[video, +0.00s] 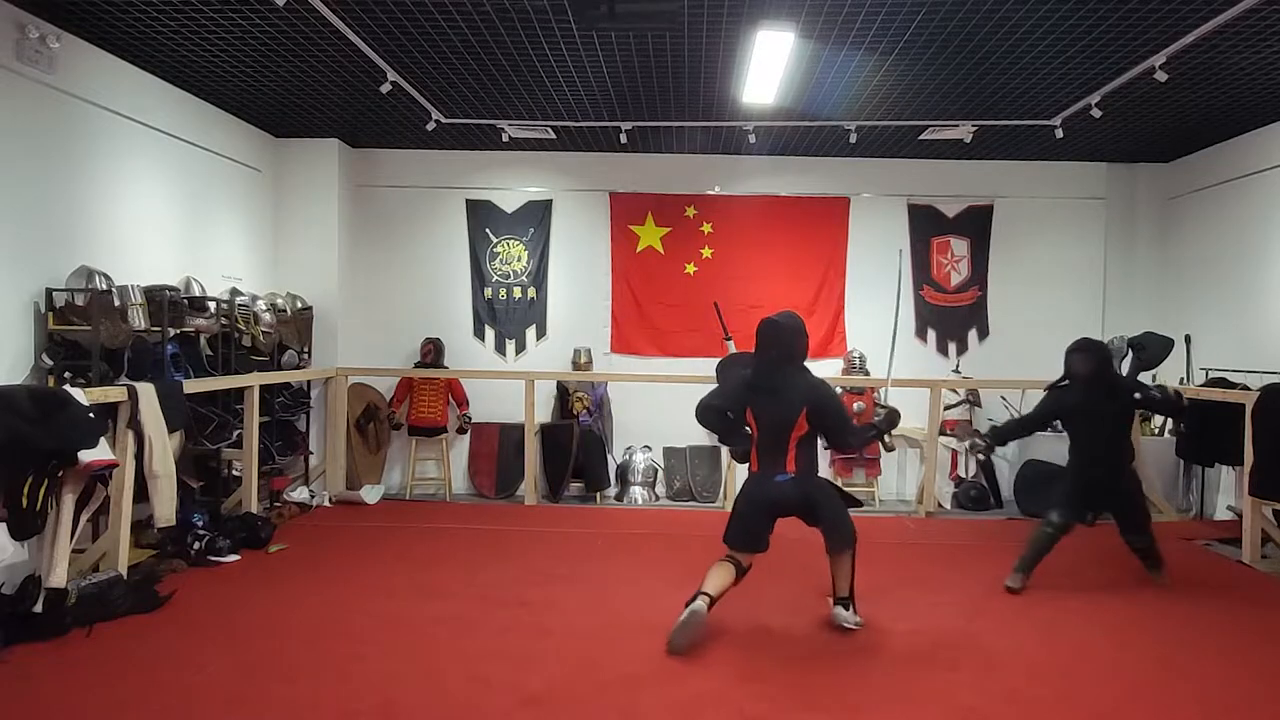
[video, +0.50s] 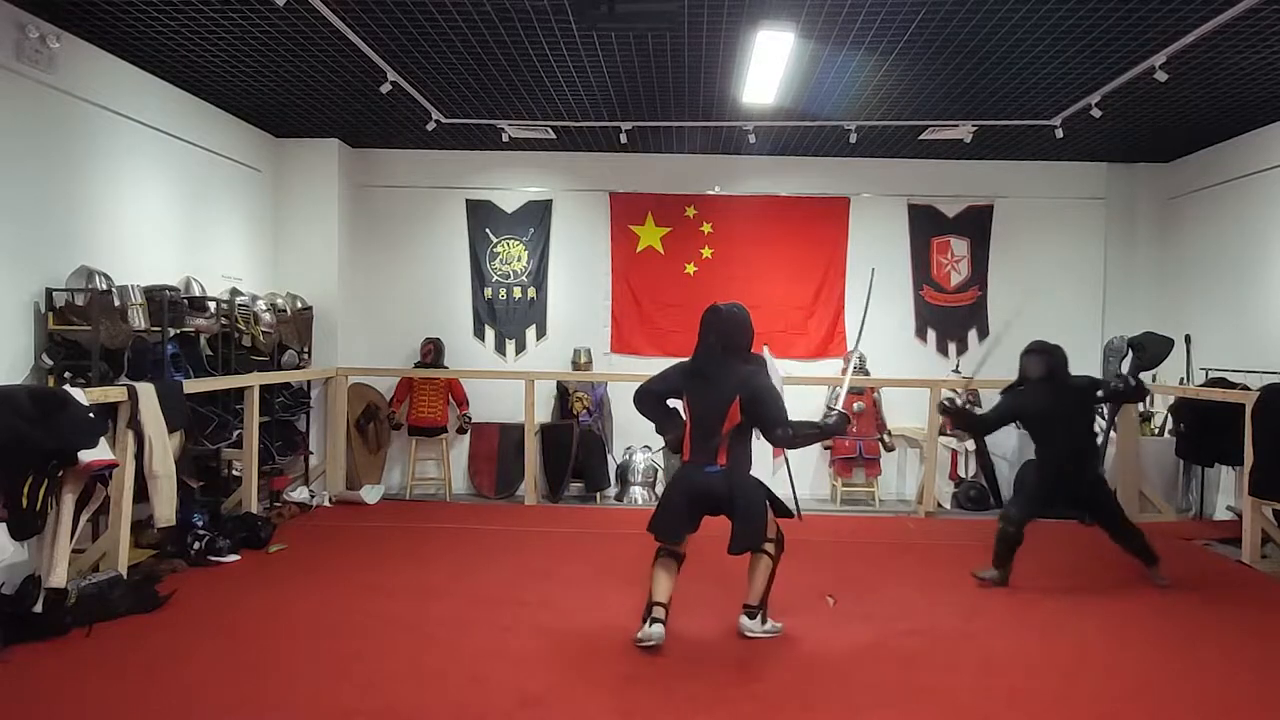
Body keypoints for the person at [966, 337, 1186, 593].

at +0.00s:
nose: (1083, 377)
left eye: (1087, 369)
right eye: (1077, 370)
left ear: (1102, 366)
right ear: (1069, 369)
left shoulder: (1126, 389)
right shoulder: (1062, 398)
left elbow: (1169, 408)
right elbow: (1029, 423)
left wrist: (1172, 399)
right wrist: (992, 438)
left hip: (1120, 476)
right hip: (1081, 476)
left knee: (1137, 528)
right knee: (1055, 523)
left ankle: (1156, 568)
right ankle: (1020, 572)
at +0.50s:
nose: (1032, 368)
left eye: (1037, 362)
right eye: (1028, 362)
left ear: (1052, 365)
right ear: (1023, 368)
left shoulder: (1082, 388)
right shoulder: (1018, 398)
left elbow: (1136, 394)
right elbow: (983, 425)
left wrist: (1130, 389)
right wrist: (958, 415)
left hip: (1083, 474)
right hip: (1042, 474)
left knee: (1117, 524)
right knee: (1012, 518)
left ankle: (1153, 566)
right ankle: (1000, 571)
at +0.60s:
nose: (997, 372)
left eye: (1002, 366)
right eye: (993, 367)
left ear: (1018, 367)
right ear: (990, 370)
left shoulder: (1049, 390)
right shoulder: (986, 398)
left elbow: (1097, 391)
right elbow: (953, 415)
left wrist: (1141, 384)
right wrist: (923, 404)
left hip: (1062, 478)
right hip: (1020, 480)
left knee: (1094, 538)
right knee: (989, 526)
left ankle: (1132, 554)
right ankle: (995, 575)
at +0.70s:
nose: (986, 372)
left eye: (992, 366)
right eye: (980, 366)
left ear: (1005, 368)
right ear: (970, 370)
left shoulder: (1027, 391)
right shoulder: (963, 399)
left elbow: (1074, 391)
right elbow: (925, 404)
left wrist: (1120, 388)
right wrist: (891, 397)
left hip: (1031, 476)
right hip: (993, 479)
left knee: (1045, 538)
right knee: (974, 534)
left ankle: (1077, 566)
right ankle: (992, 575)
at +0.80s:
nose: (983, 373)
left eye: (990, 368)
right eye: (978, 366)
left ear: (1002, 369)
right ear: (968, 366)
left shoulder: (1016, 393)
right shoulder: (953, 394)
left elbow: (1057, 400)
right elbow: (911, 410)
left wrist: (1094, 402)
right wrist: (869, 418)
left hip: (1003, 472)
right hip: (966, 473)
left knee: (999, 526)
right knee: (962, 535)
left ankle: (998, 585)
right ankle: (986, 568)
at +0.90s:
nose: (984, 386)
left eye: (992, 382)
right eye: (981, 379)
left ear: (1000, 380)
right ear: (970, 370)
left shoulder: (1002, 399)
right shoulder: (937, 392)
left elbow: (1030, 423)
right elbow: (894, 421)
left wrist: (1046, 437)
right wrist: (872, 457)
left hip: (975, 472)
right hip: (938, 470)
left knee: (950, 532)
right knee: (939, 531)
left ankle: (926, 598)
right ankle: (977, 555)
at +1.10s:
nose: (927, 400)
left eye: (936, 397)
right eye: (927, 391)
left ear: (952, 400)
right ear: (921, 384)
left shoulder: (965, 424)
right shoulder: (897, 406)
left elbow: (991, 470)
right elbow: (855, 430)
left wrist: (980, 516)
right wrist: (826, 460)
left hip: (931, 492)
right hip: (894, 481)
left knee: (903, 548)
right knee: (854, 544)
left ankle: (900, 611)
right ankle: (875, 552)